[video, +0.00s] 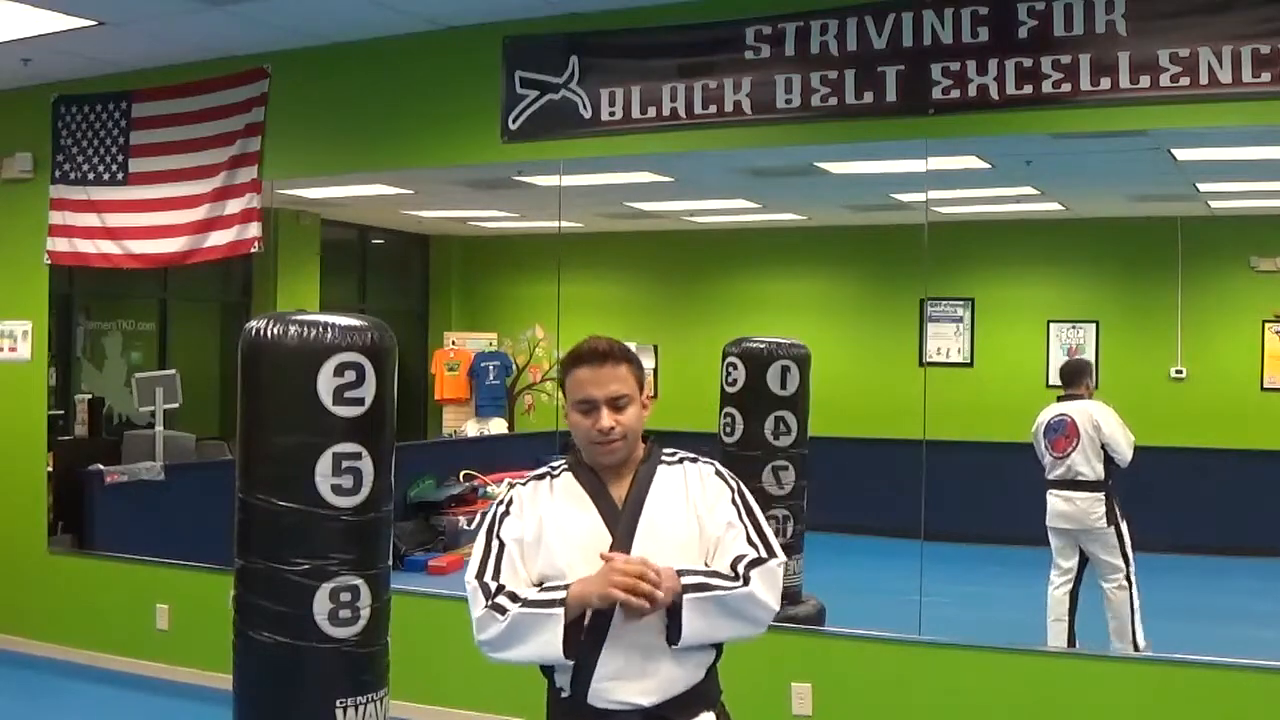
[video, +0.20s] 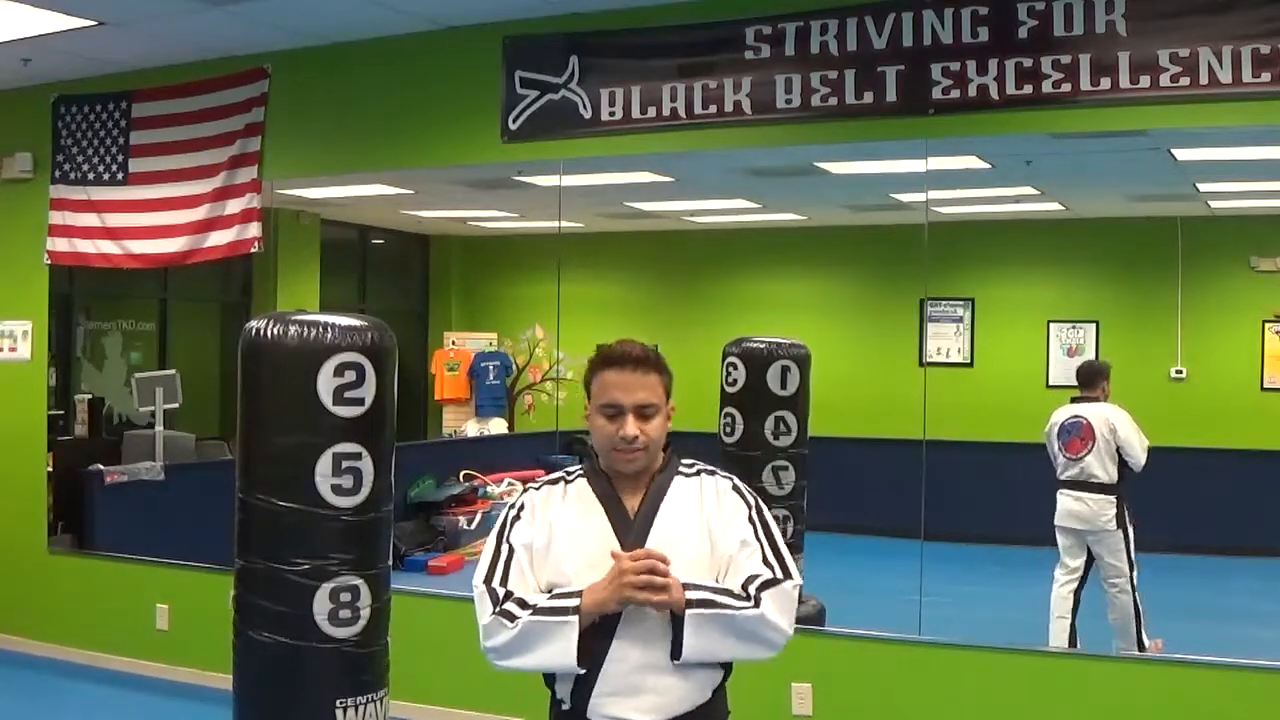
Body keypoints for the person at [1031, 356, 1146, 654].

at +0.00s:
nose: (1094, 385)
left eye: (1092, 380)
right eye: (1093, 380)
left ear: (1063, 384)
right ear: (1088, 383)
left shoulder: (1045, 415)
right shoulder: (1098, 411)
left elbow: (1045, 457)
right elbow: (1124, 455)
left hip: (1056, 501)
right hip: (1094, 503)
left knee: (1061, 576)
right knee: (1117, 577)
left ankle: (1058, 649)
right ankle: (1128, 650)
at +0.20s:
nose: (1110, 388)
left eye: (1108, 384)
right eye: (1109, 384)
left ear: (1079, 386)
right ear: (1104, 386)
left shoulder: (1059, 415)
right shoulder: (1114, 415)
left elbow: (1056, 457)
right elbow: (1138, 459)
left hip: (1066, 503)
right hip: (1103, 506)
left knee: (1067, 574)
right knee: (1119, 580)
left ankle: (1059, 647)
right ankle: (1132, 650)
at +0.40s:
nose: (1131, 385)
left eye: (1128, 381)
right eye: (1131, 381)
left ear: (1102, 381)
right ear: (1128, 383)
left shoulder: (1078, 411)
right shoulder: (1137, 415)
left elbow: (1070, 451)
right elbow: (1159, 460)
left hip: (1084, 499)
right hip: (1122, 503)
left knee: (1077, 568)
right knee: (1131, 575)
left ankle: (1062, 646)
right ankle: (1133, 649)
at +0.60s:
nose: (1153, 385)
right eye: (1153, 381)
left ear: (1123, 381)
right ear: (1151, 383)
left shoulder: (1099, 409)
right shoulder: (1162, 417)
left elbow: (1088, 448)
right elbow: (1180, 460)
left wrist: (1118, 437)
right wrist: (1153, 447)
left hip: (1103, 501)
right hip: (1141, 505)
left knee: (1093, 562)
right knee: (1141, 575)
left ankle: (1075, 630)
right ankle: (1136, 650)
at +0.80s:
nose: (1162, 385)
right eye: (1164, 381)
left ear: (1135, 381)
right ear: (1164, 383)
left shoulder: (1112, 410)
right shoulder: (1177, 416)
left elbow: (1100, 452)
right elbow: (1191, 461)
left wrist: (1129, 442)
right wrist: (1164, 448)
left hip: (1116, 500)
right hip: (1153, 504)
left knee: (1108, 560)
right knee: (1147, 574)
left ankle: (1095, 629)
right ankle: (1137, 648)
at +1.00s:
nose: (1167, 385)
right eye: (1169, 380)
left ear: (1143, 382)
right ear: (1170, 382)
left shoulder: (1120, 411)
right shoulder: (1184, 415)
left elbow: (1107, 456)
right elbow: (1200, 460)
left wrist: (1136, 452)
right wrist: (1172, 455)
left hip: (1124, 501)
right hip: (1160, 504)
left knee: (1119, 567)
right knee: (1151, 573)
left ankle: (1116, 636)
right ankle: (1138, 647)